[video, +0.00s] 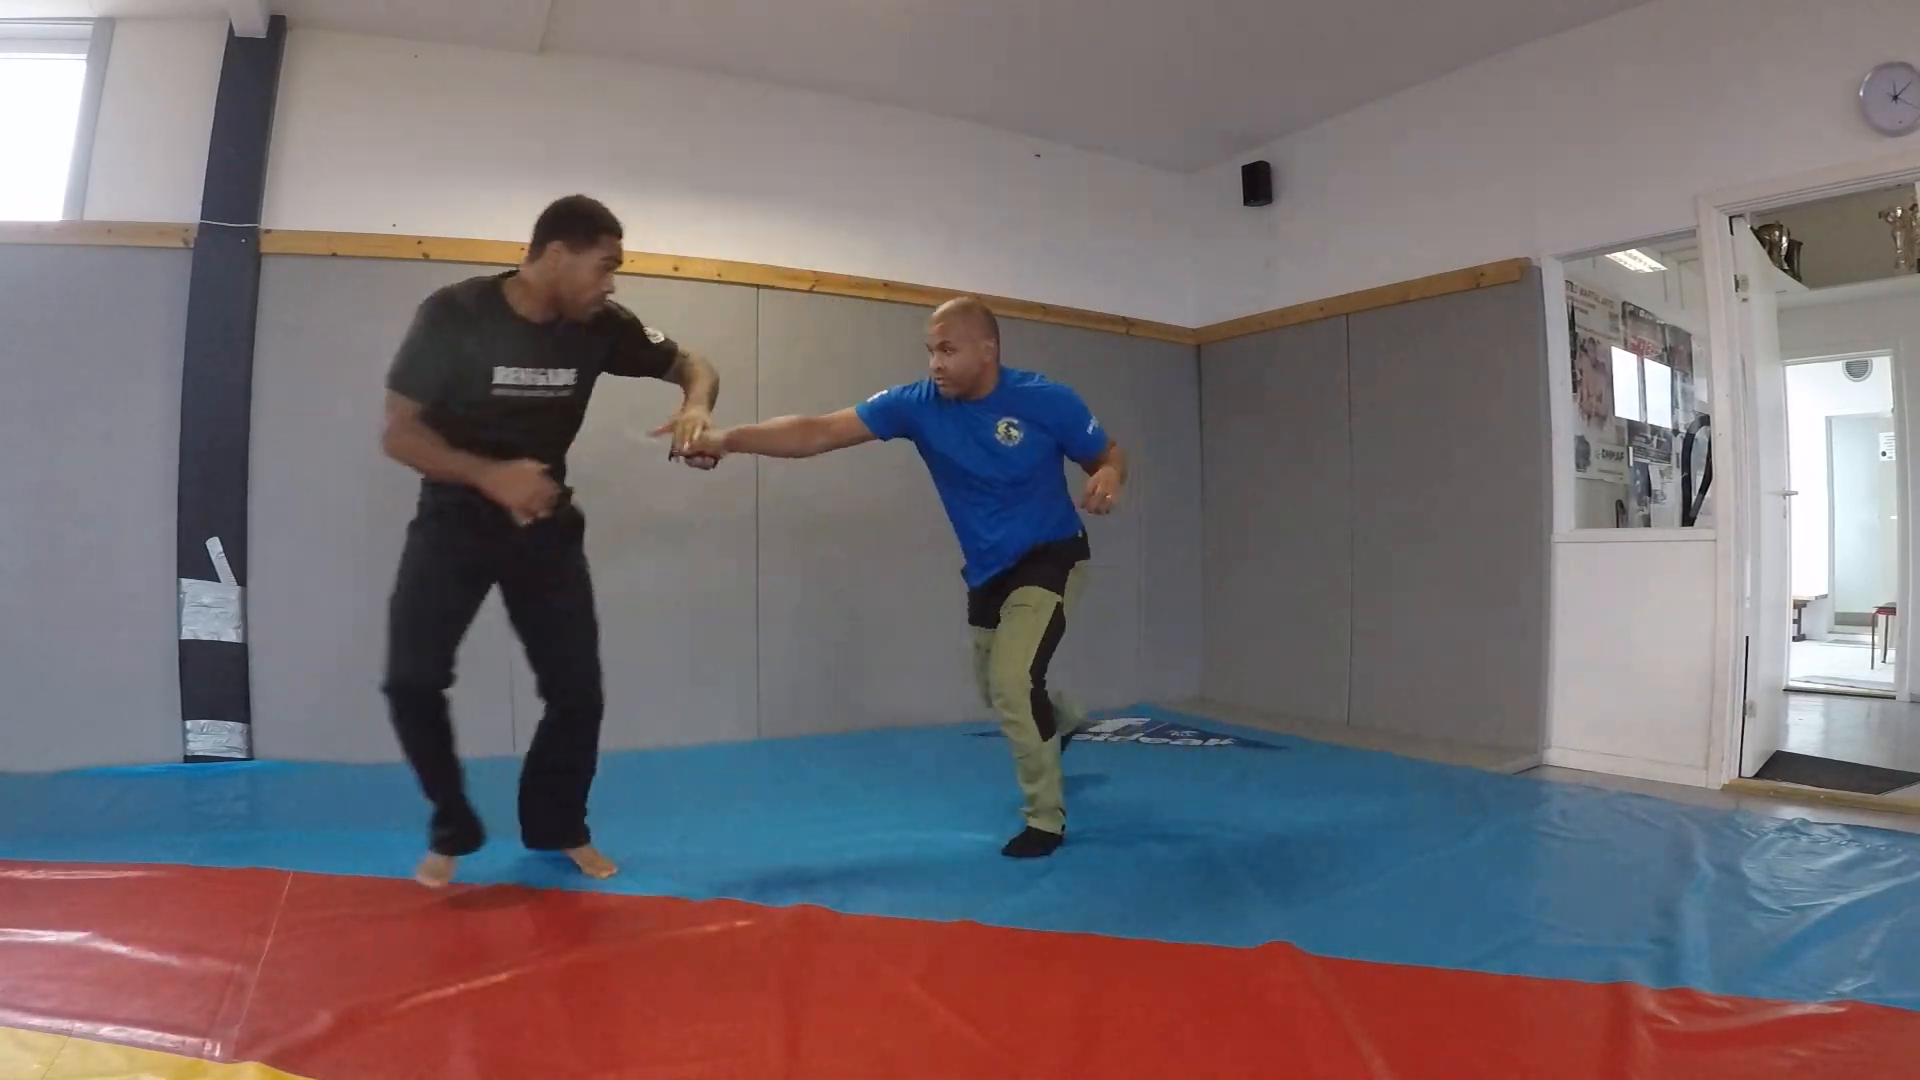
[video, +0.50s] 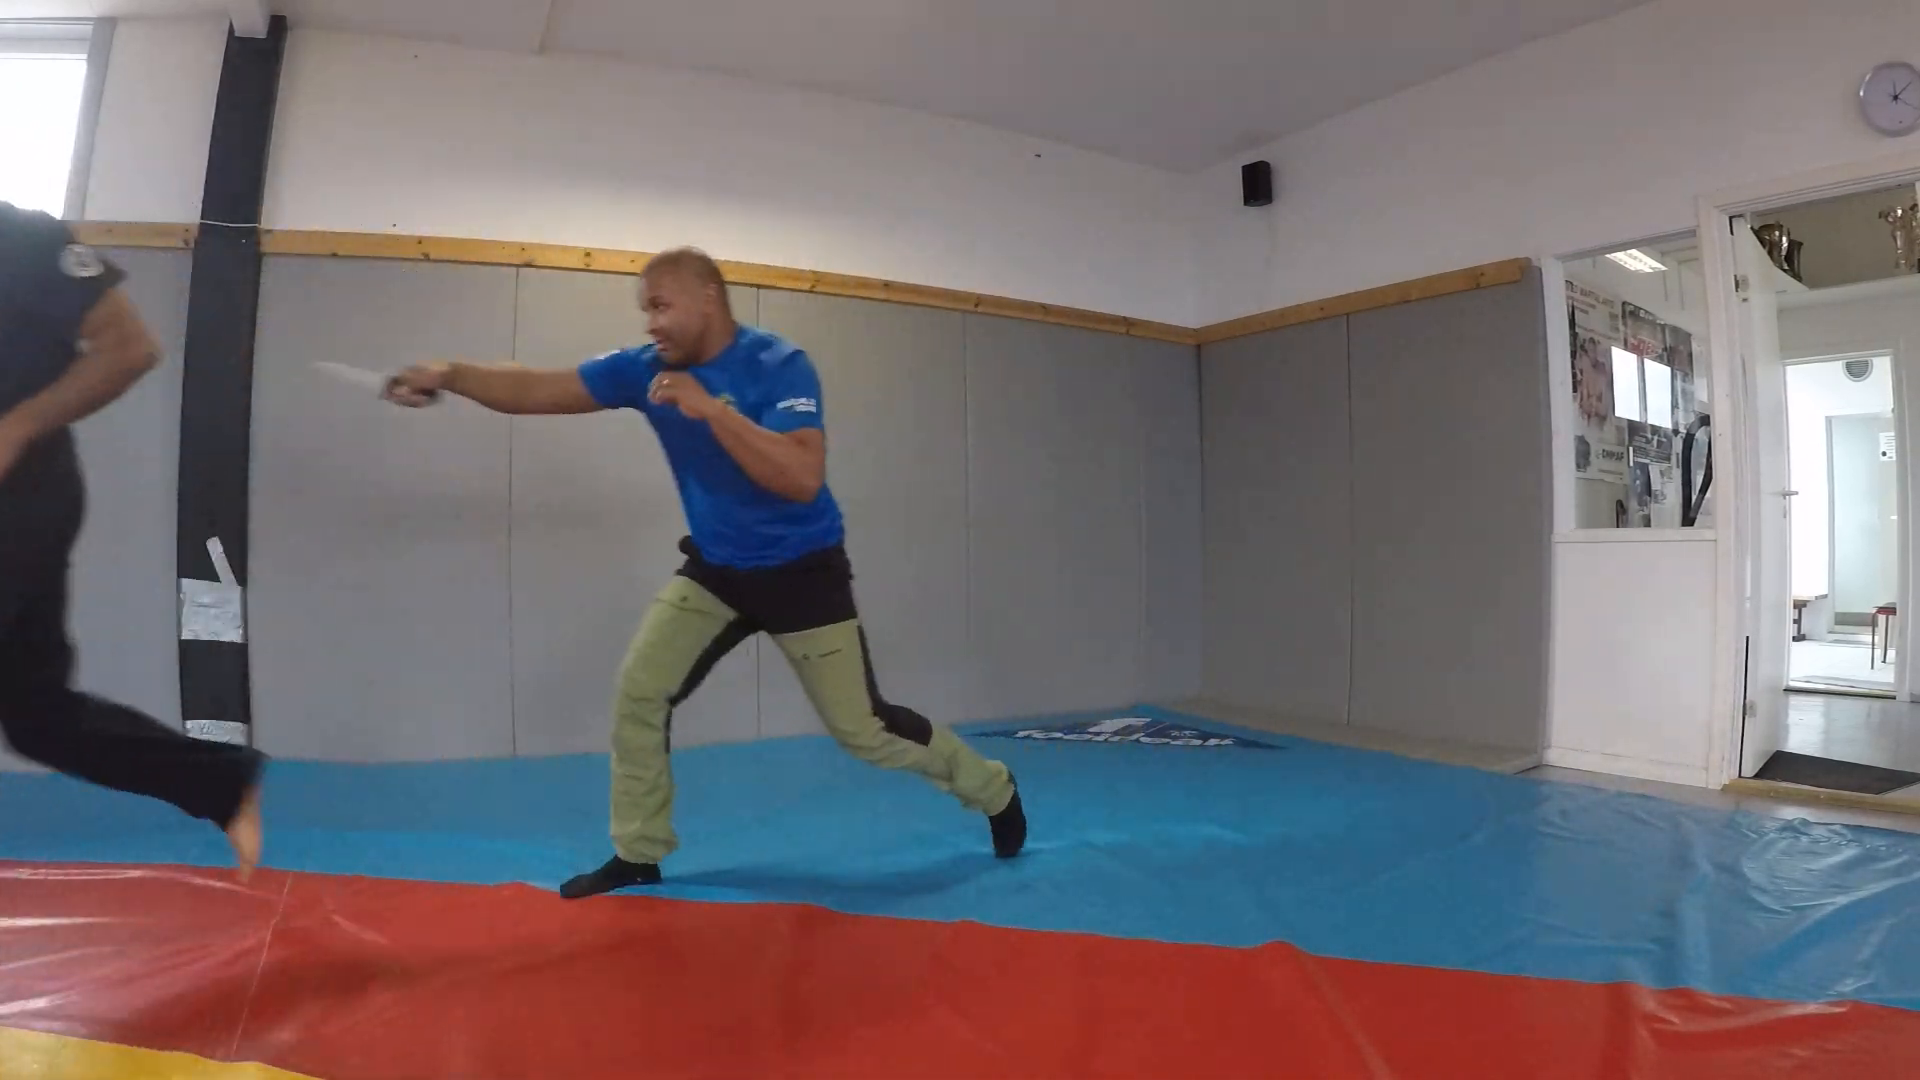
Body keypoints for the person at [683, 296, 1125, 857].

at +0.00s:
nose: (935, 363)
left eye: (947, 350)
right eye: (931, 350)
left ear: (989, 350)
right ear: (928, 351)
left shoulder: (1042, 401)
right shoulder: (916, 405)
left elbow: (1109, 456)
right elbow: (817, 432)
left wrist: (1108, 477)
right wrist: (723, 441)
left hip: (1049, 553)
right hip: (987, 569)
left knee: (1012, 680)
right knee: (997, 692)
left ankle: (1045, 819)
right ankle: (1056, 715)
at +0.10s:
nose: (911, 352)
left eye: (922, 339)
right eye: (906, 340)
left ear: (966, 338)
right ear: (903, 342)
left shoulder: (1023, 399)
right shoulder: (892, 397)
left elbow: (1078, 487)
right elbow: (832, 450)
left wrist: (1043, 499)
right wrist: (766, 479)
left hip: (1018, 558)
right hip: (950, 564)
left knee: (991, 695)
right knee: (927, 697)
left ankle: (1045, 817)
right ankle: (992, 732)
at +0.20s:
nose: (873, 347)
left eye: (884, 333)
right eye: (869, 334)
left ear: (930, 331)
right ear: (868, 335)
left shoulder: (988, 399)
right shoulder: (863, 393)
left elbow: (1014, 506)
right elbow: (857, 458)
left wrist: (933, 464)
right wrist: (816, 489)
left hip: (977, 564)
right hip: (903, 562)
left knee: (974, 717)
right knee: (844, 680)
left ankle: (1043, 817)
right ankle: (888, 772)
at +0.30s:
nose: (818, 339)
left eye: (829, 323)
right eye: (813, 326)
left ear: (877, 320)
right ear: (815, 328)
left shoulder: (935, 387)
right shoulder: (822, 383)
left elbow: (920, 487)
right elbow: (807, 442)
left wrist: (838, 411)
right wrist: (762, 458)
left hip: (929, 566)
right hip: (852, 560)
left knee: (950, 719)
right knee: (774, 666)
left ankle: (1038, 813)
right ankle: (748, 815)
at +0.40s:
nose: (744, 326)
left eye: (754, 311)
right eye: (741, 314)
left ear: (802, 306)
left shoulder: (865, 372)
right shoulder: (743, 373)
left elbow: (843, 474)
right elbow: (681, 419)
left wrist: (762, 389)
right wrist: (628, 414)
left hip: (870, 570)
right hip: (788, 567)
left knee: (921, 722)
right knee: (712, 689)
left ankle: (1028, 802)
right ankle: (649, 841)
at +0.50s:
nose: (648, 322)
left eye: (659, 307)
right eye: (645, 308)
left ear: (710, 302)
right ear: (663, 311)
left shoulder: (780, 368)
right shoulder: (652, 372)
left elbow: (801, 476)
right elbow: (543, 389)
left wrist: (709, 410)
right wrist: (449, 376)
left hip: (803, 573)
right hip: (714, 570)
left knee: (861, 728)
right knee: (640, 694)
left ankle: (995, 789)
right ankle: (638, 858)